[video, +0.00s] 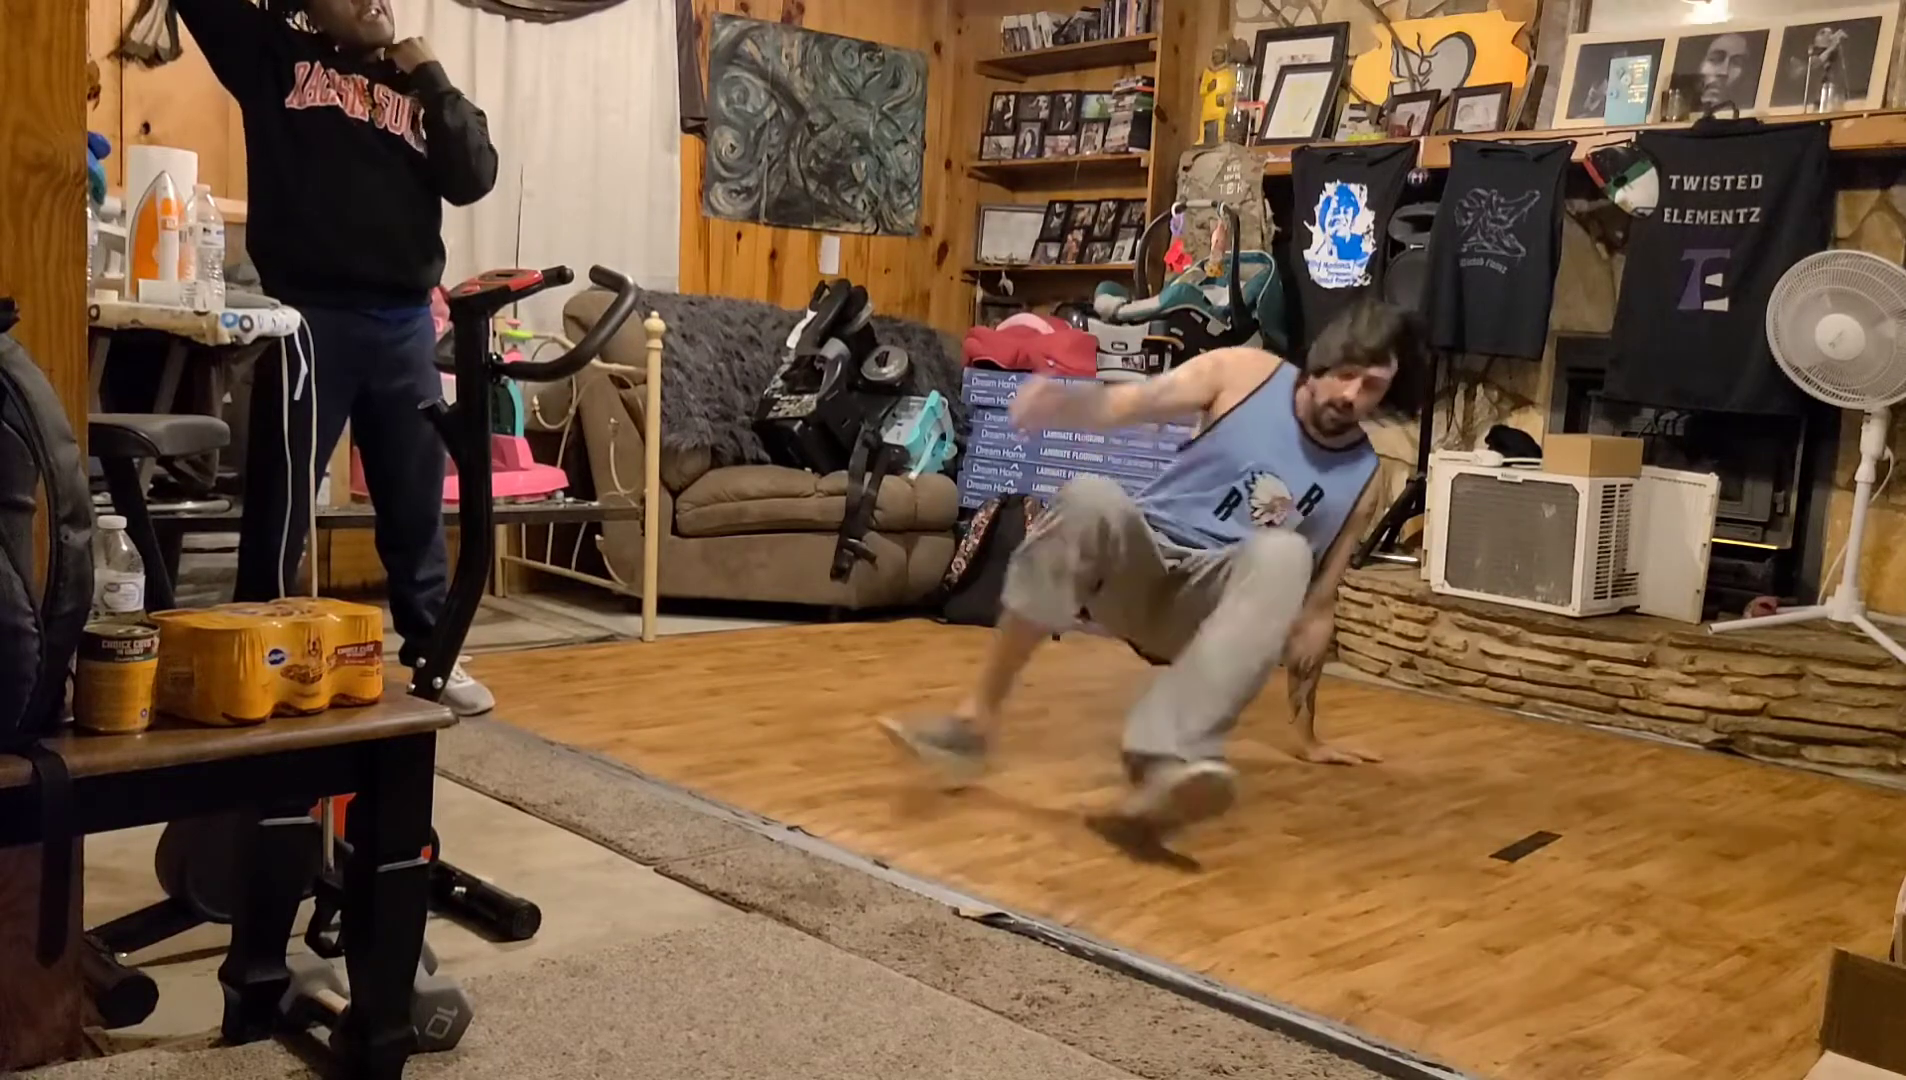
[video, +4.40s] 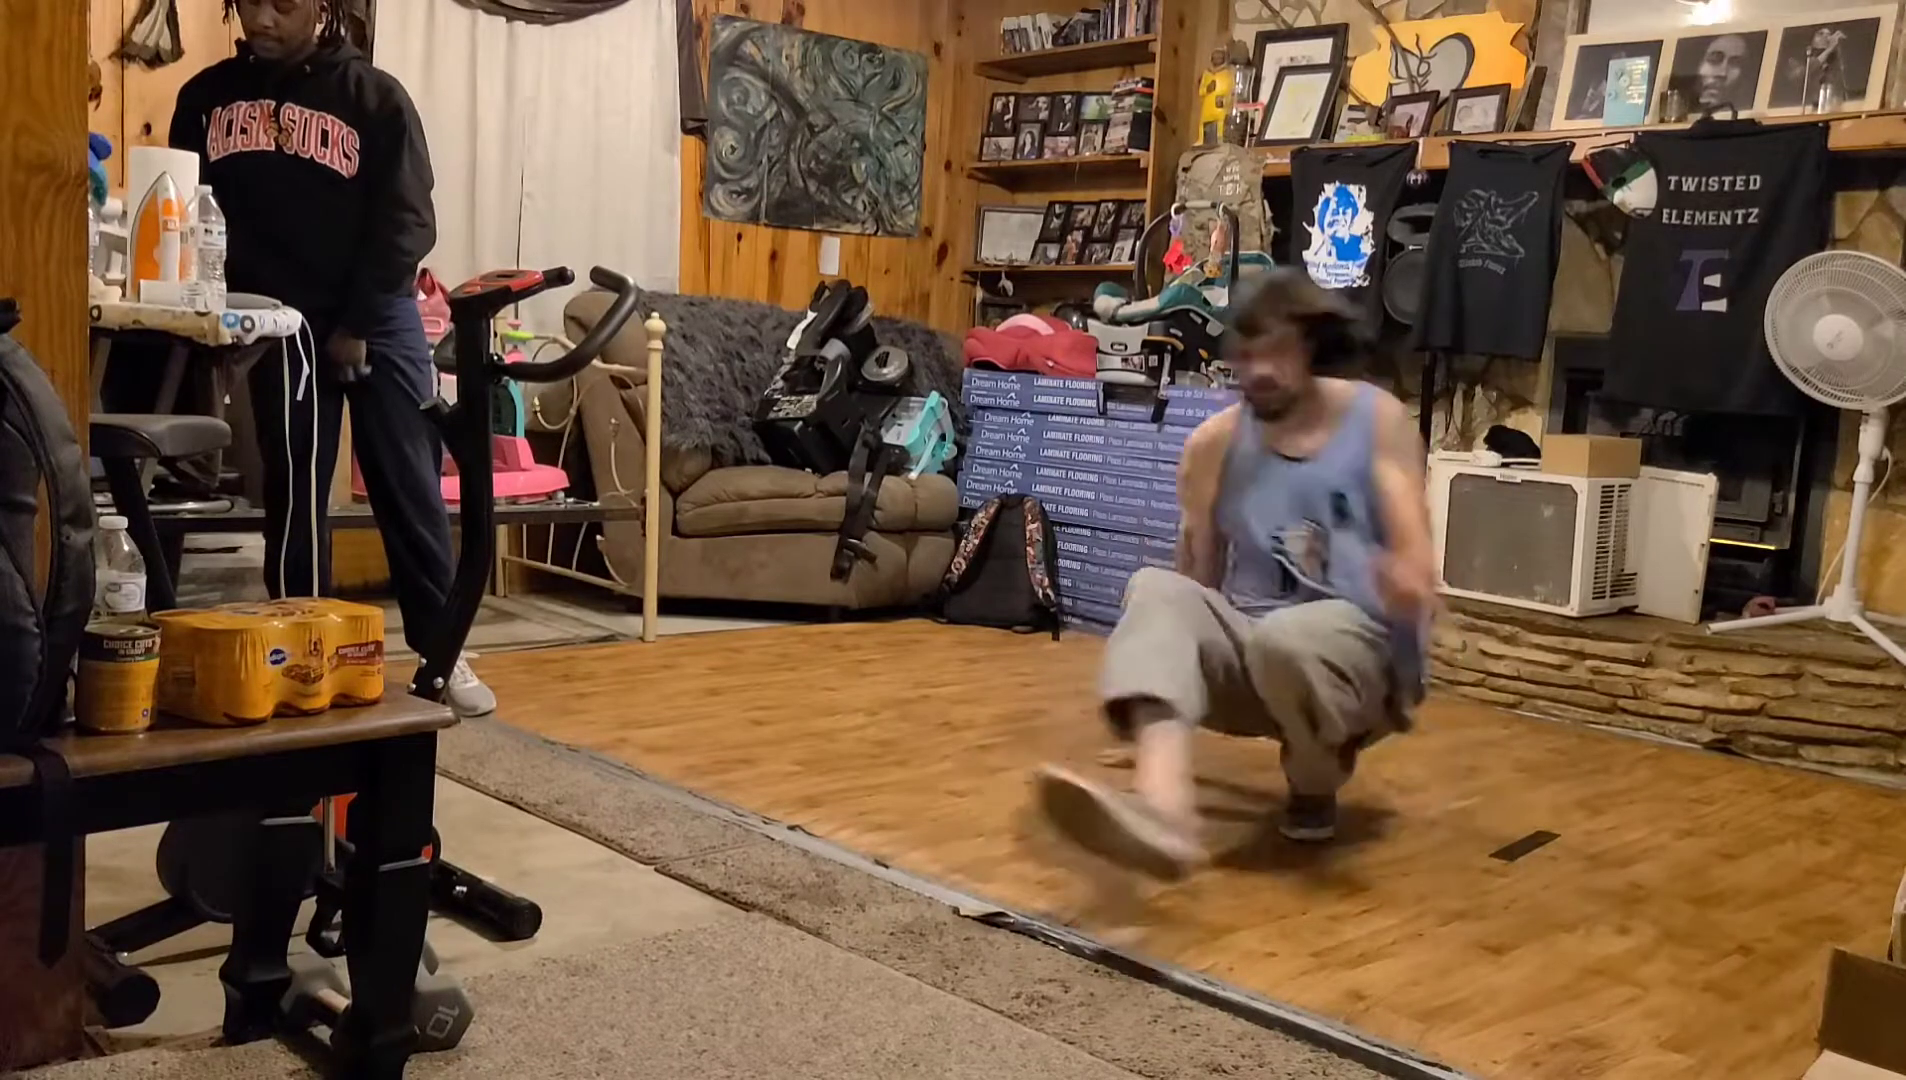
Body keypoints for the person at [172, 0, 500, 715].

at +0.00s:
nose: (378, 3)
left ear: (385, 8)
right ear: (310, 10)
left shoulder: (419, 86)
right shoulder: (272, 56)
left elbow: (472, 181)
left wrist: (430, 79)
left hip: (403, 324)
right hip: (306, 319)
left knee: (415, 502)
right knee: (280, 502)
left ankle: (433, 657)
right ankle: (256, 661)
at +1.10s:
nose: (459, 8)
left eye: (462, 1)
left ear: (462, 14)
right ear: (394, 3)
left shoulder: (467, 105)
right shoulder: (327, 80)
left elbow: (495, 230)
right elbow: (282, 179)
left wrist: (507, 164)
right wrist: (375, 152)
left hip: (433, 330)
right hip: (337, 326)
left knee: (436, 501)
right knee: (306, 495)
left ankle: (432, 658)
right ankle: (265, 656)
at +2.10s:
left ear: (477, 12)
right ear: (403, 8)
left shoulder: (508, 117)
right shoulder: (351, 89)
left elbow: (530, 236)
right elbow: (302, 186)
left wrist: (455, 249)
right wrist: (320, 204)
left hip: (451, 334)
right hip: (356, 327)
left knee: (449, 502)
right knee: (333, 495)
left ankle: (434, 661)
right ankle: (308, 657)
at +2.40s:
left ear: (417, 7)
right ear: (334, 5)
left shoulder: (456, 112)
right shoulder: (293, 93)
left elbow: (472, 245)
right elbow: (274, 197)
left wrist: (424, 333)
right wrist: (217, 214)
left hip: (416, 334)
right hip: (317, 329)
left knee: (433, 497)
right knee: (314, 494)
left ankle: (433, 657)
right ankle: (305, 654)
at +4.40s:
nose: (258, 17)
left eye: (278, 4)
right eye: (249, 3)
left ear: (320, 11)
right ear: (236, 8)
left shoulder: (373, 97)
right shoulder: (206, 97)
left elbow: (406, 226)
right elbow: (177, 215)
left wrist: (357, 322)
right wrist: (208, 316)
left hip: (376, 309)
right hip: (275, 314)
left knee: (409, 482)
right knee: (292, 488)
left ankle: (442, 653)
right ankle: (298, 650)